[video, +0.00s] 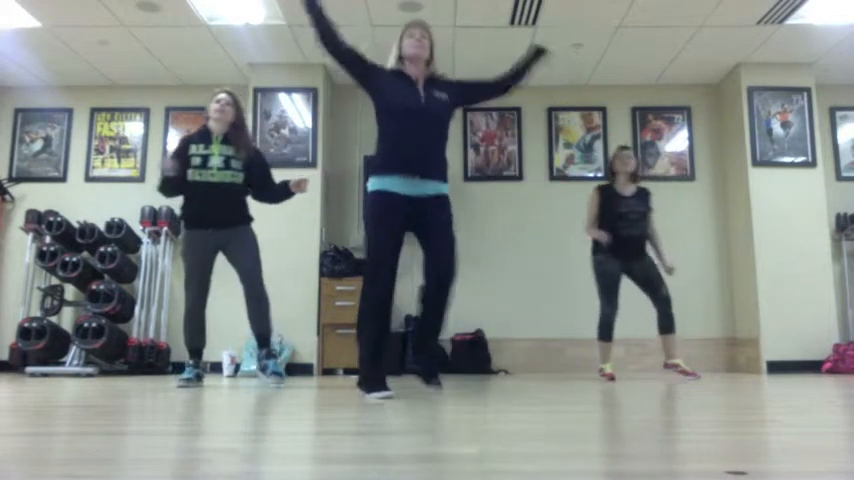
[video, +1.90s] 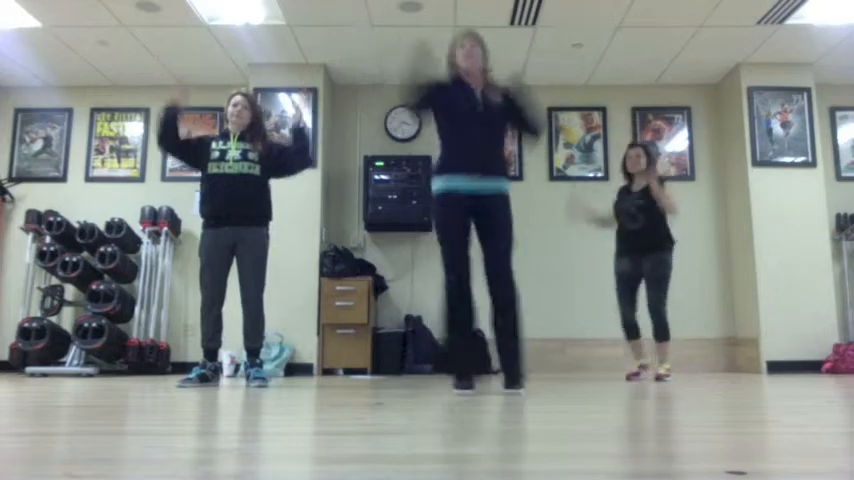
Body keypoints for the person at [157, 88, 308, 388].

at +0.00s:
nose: (221, 105)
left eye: (227, 103)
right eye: (217, 101)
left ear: (236, 115)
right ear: (207, 110)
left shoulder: (246, 150)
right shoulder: (188, 145)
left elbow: (263, 191)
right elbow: (170, 189)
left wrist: (289, 188)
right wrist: (171, 174)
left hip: (237, 230)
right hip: (199, 232)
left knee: (255, 287)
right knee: (195, 297)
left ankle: (265, 355)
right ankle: (194, 363)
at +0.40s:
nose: (214, 107)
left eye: (220, 105)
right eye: (211, 103)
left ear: (230, 115)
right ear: (202, 111)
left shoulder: (240, 148)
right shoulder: (184, 147)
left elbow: (268, 175)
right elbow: (152, 168)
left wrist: (281, 159)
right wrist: (137, 152)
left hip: (235, 231)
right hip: (197, 232)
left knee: (248, 292)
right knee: (194, 297)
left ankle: (260, 360)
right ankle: (193, 363)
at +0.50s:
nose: (220, 107)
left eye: (226, 104)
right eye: (216, 103)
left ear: (235, 114)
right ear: (207, 111)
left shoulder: (247, 148)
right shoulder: (187, 144)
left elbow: (284, 152)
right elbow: (147, 128)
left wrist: (284, 125)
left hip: (240, 228)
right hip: (204, 229)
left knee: (249, 291)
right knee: (198, 298)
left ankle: (260, 358)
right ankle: (195, 363)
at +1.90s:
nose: (236, 110)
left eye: (242, 107)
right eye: (233, 105)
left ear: (253, 115)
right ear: (225, 112)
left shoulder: (265, 149)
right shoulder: (208, 145)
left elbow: (301, 158)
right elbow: (170, 143)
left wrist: (298, 125)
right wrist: (172, 109)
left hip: (252, 232)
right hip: (216, 231)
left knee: (252, 298)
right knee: (211, 298)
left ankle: (253, 364)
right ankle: (210, 364)